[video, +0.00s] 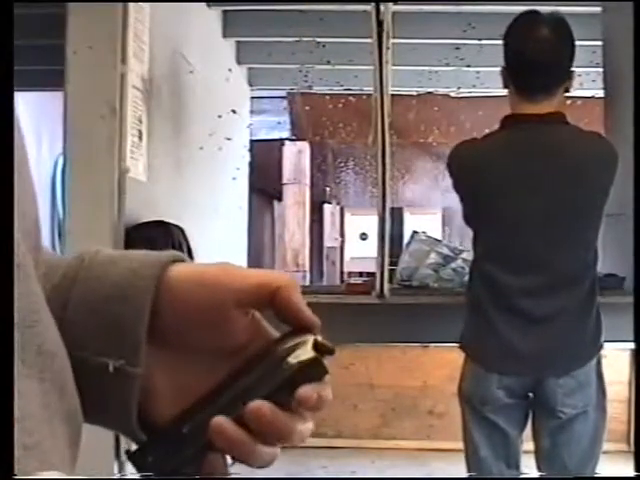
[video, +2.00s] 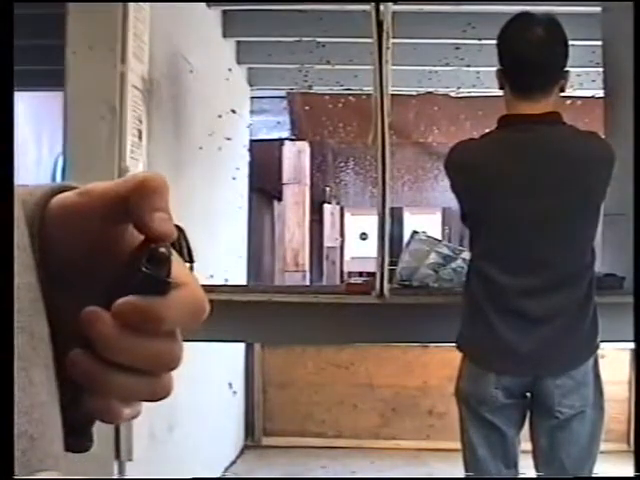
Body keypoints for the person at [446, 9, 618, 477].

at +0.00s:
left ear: (504, 78)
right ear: (570, 81)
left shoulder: (467, 159)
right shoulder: (600, 156)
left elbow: (481, 220)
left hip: (493, 356)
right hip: (571, 358)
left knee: (491, 472)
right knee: (571, 472)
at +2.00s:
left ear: (500, 78)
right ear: (564, 79)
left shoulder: (465, 160)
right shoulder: (596, 155)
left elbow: (482, 219)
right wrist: (551, 113)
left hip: (490, 357)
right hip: (569, 358)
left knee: (489, 472)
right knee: (567, 472)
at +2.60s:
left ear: (500, 80)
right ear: (565, 81)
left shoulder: (465, 161)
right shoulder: (597, 155)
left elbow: (478, 221)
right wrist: (548, 117)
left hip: (492, 359)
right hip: (572, 359)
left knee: (491, 472)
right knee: (571, 472)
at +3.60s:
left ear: (496, 79)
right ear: (562, 80)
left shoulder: (461, 161)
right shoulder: (594, 155)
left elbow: (476, 222)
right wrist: (543, 117)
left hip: (488, 360)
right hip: (567, 361)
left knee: (488, 472)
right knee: (567, 472)